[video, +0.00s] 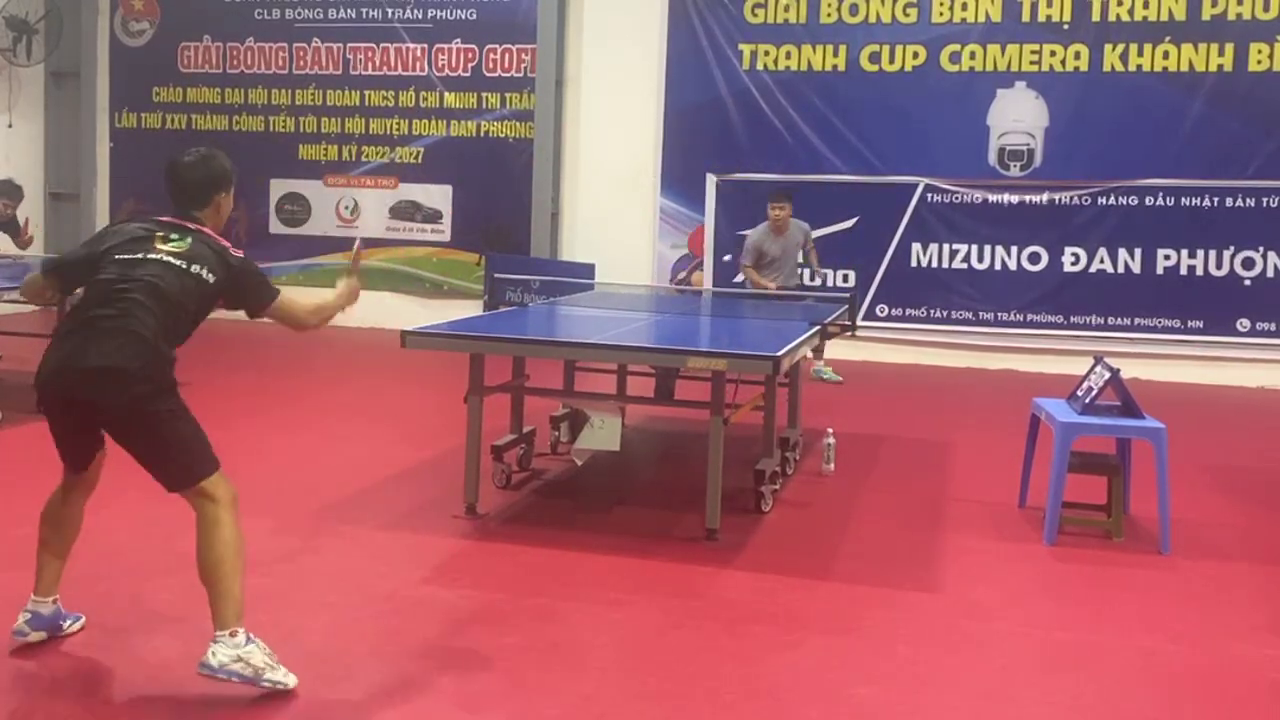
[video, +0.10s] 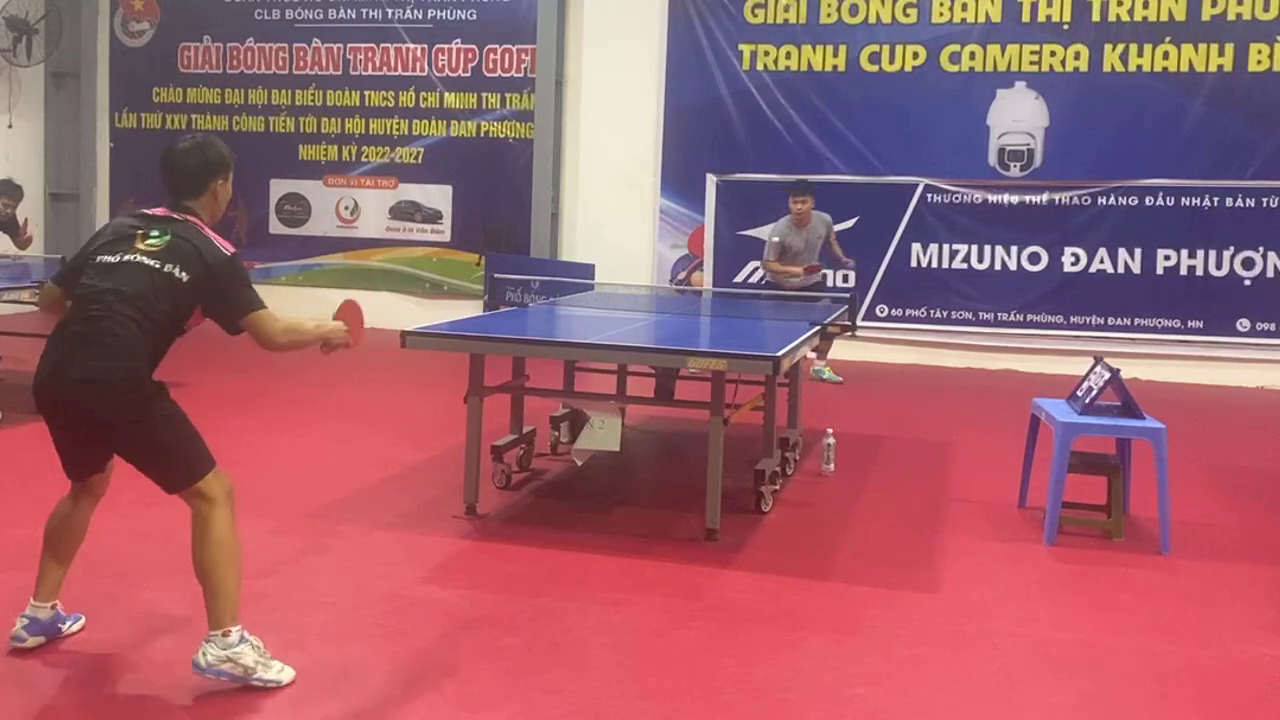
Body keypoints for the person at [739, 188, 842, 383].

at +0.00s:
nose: (777, 214)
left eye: (781, 209)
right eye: (773, 209)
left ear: (790, 210)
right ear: (767, 210)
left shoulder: (801, 229)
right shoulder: (756, 237)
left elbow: (809, 248)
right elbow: (746, 267)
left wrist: (815, 266)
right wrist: (765, 284)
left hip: (793, 291)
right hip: (763, 293)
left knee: (820, 317)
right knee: (759, 328)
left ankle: (818, 364)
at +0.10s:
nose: (798, 208)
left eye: (803, 203)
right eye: (795, 203)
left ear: (812, 204)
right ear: (789, 204)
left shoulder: (824, 221)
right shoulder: (779, 230)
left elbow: (832, 242)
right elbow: (769, 265)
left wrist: (842, 259)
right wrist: (800, 271)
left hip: (812, 284)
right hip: (780, 287)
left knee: (832, 319)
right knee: (777, 325)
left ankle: (820, 364)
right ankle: (786, 362)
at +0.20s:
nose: (814, 196)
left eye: (819, 191)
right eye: (810, 191)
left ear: (827, 192)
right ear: (803, 192)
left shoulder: (839, 212)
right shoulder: (796, 219)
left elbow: (850, 234)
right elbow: (779, 253)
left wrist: (864, 245)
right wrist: (795, 251)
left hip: (828, 279)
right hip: (796, 279)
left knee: (837, 320)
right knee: (786, 320)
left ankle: (820, 365)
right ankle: (791, 359)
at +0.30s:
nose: (822, 183)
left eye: (826, 178)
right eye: (817, 179)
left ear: (834, 181)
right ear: (811, 184)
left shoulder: (851, 200)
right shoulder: (809, 211)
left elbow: (869, 215)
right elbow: (796, 228)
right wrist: (785, 225)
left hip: (843, 274)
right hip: (813, 274)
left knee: (841, 323)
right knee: (797, 315)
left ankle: (822, 363)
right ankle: (793, 357)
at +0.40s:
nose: (833, 177)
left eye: (838, 172)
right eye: (828, 173)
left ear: (847, 175)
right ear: (823, 179)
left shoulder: (863, 196)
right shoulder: (819, 206)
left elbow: (887, 202)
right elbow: (799, 222)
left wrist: (908, 206)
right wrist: (787, 219)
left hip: (858, 270)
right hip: (826, 271)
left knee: (866, 310)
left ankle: (846, 351)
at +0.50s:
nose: (845, 185)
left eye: (850, 180)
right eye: (841, 181)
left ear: (859, 183)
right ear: (835, 185)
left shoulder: (874, 205)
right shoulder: (828, 213)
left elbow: (895, 216)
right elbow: (812, 239)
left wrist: (917, 231)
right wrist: (807, 236)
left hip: (868, 274)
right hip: (834, 275)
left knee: (879, 317)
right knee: (811, 316)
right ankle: (804, 360)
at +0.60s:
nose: (851, 200)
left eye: (856, 196)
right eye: (847, 196)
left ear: (865, 199)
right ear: (842, 201)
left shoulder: (881, 224)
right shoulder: (836, 230)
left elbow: (898, 248)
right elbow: (822, 256)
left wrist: (911, 274)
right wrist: (818, 257)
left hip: (874, 288)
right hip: (842, 288)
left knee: (886, 329)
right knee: (815, 318)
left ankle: (909, 374)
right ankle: (810, 365)